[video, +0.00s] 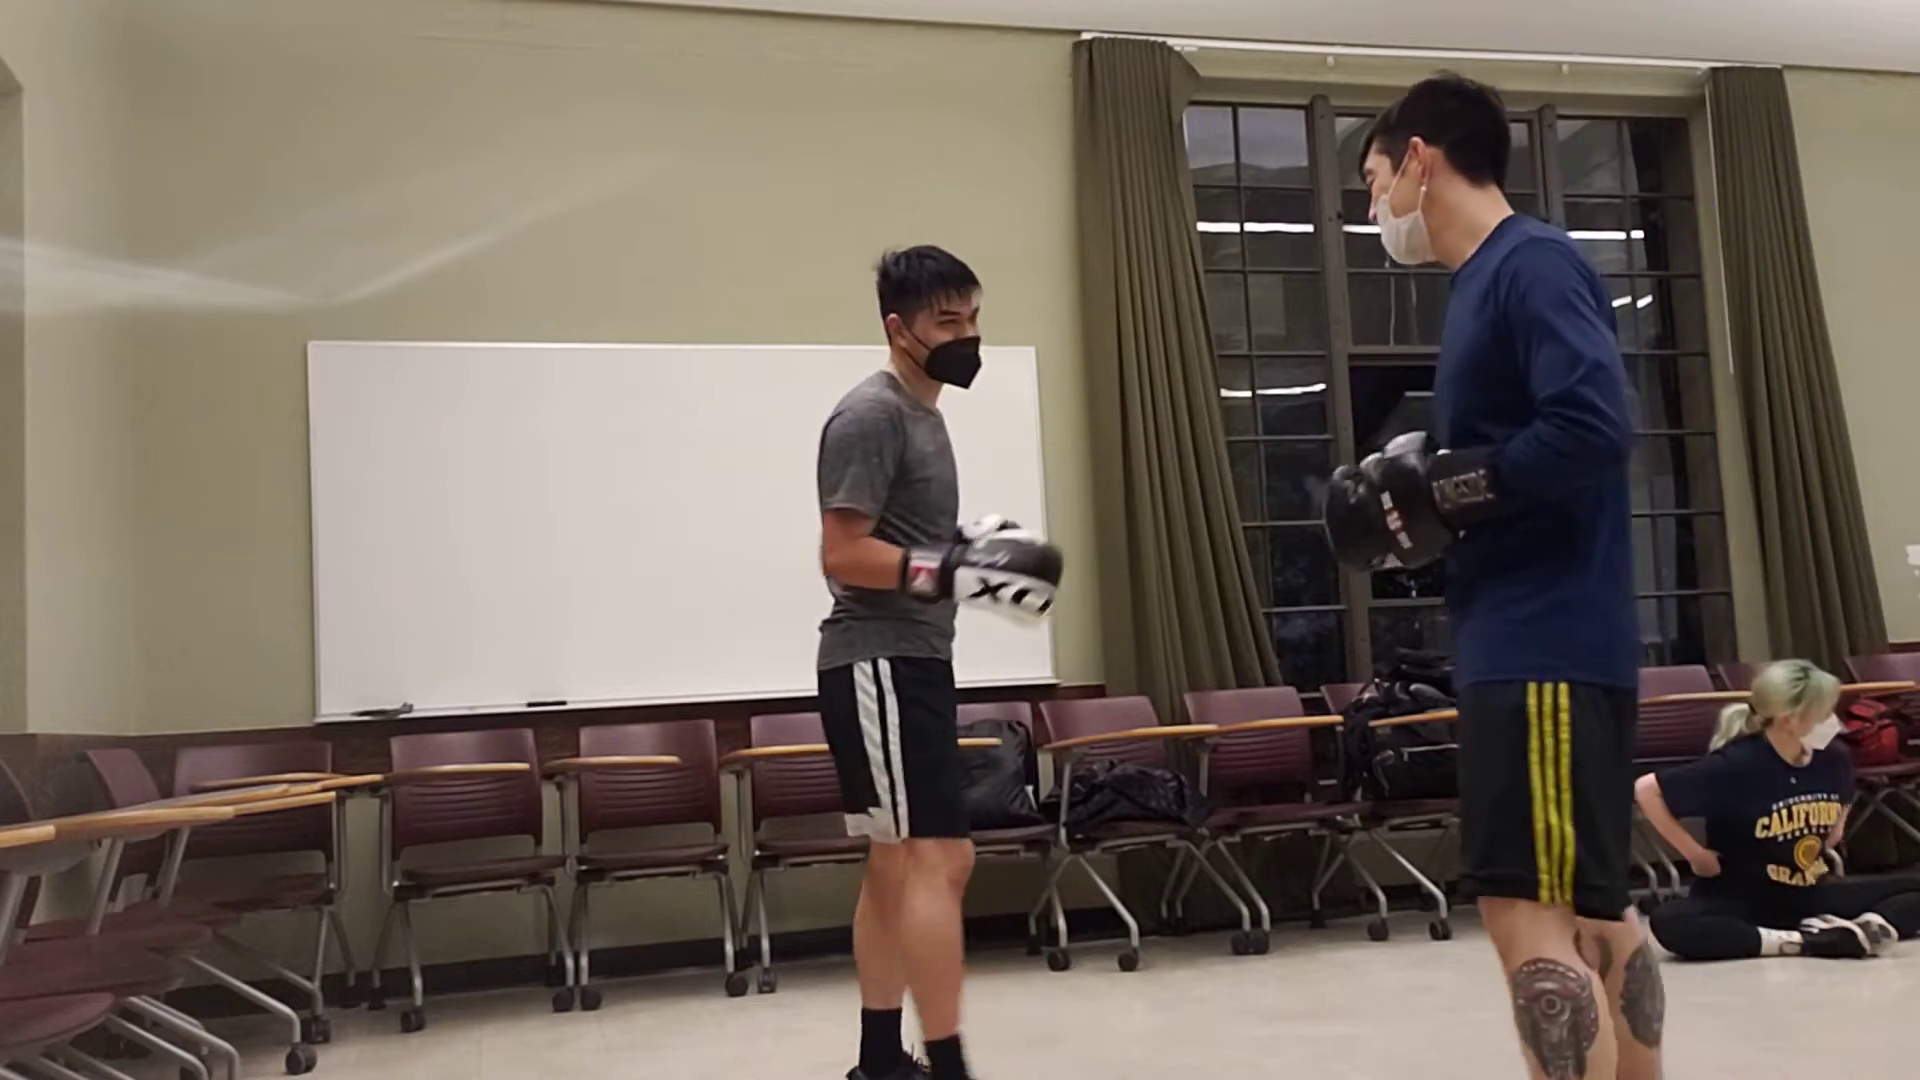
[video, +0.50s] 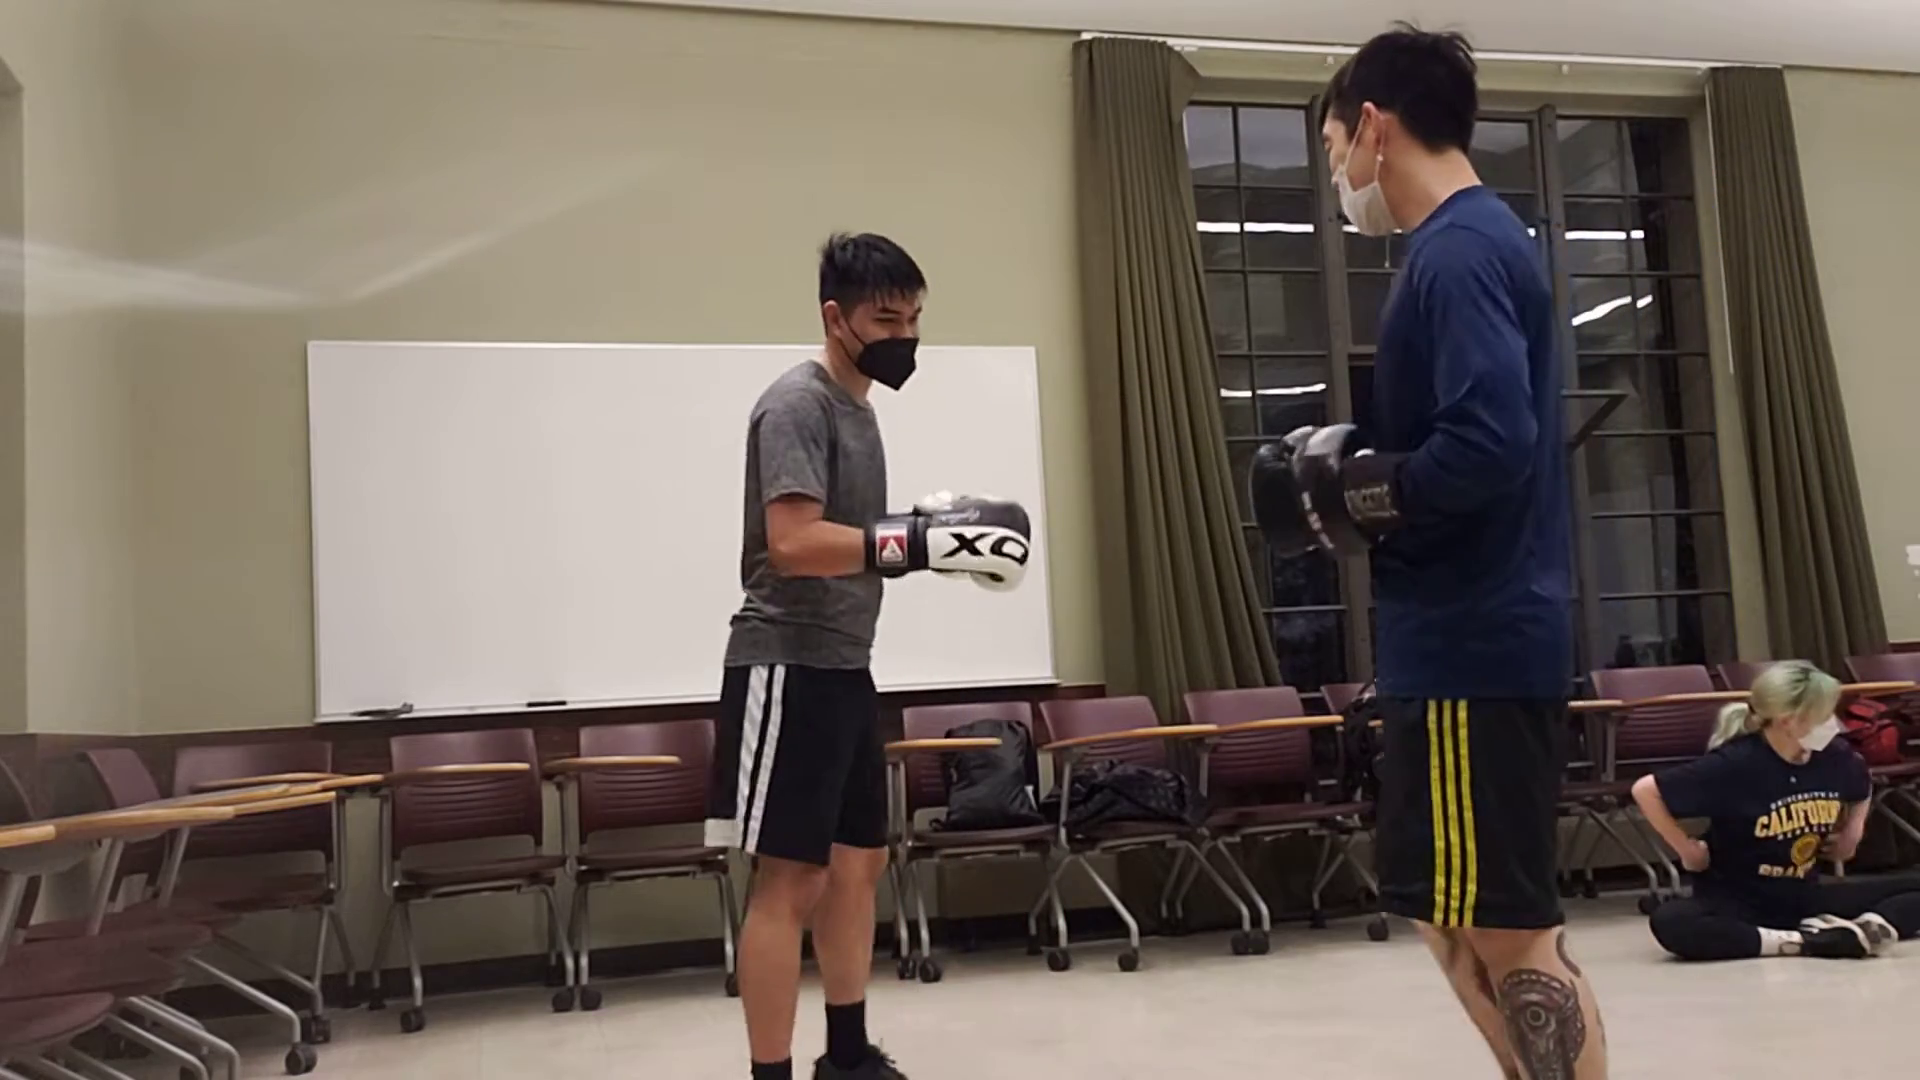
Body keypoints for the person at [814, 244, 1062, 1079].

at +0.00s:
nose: (967, 335)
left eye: (972, 319)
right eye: (948, 320)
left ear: (972, 315)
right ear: (898, 324)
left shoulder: (922, 414)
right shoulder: (869, 414)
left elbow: (903, 542)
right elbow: (841, 554)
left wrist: (977, 553)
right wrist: (950, 570)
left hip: (909, 659)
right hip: (878, 661)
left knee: (893, 864)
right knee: (941, 860)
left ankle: (882, 1060)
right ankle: (948, 1067)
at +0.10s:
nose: (950, 334)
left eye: (956, 318)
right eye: (931, 319)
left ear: (957, 319)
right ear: (882, 323)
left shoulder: (906, 414)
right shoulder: (856, 416)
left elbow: (883, 535)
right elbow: (807, 551)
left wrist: (947, 554)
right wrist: (914, 589)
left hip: (897, 658)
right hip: (862, 662)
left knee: (903, 862)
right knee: (908, 863)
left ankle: (878, 1052)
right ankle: (873, 1056)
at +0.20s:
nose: (938, 334)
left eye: (945, 318)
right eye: (920, 319)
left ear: (949, 317)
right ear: (870, 323)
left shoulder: (891, 414)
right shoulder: (841, 416)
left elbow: (874, 536)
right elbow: (794, 553)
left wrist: (938, 555)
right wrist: (904, 591)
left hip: (886, 663)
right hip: (842, 666)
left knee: (893, 863)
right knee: (866, 865)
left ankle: (881, 1058)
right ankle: (794, 1071)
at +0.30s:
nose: (930, 338)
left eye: (937, 320)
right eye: (911, 321)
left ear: (940, 317)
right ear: (860, 322)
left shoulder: (879, 418)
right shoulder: (825, 415)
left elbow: (866, 542)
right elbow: (795, 561)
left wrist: (936, 558)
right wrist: (914, 582)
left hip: (869, 671)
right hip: (816, 672)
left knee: (882, 866)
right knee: (824, 876)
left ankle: (881, 1060)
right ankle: (780, 1074)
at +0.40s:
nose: (919, 344)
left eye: (926, 324)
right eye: (900, 326)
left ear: (928, 317)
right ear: (848, 320)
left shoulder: (866, 414)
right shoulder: (811, 410)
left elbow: (846, 550)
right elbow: (798, 556)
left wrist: (933, 557)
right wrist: (918, 564)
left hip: (853, 673)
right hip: (797, 672)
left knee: (866, 864)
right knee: (790, 878)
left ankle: (876, 1056)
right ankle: (770, 1075)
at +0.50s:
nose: (903, 334)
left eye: (911, 316)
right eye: (883, 316)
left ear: (917, 313)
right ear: (833, 314)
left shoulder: (858, 412)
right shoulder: (796, 404)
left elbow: (839, 542)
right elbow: (793, 544)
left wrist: (924, 532)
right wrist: (912, 543)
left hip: (844, 671)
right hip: (785, 671)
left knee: (856, 861)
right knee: (787, 879)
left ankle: (848, 1052)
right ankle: (771, 1074)